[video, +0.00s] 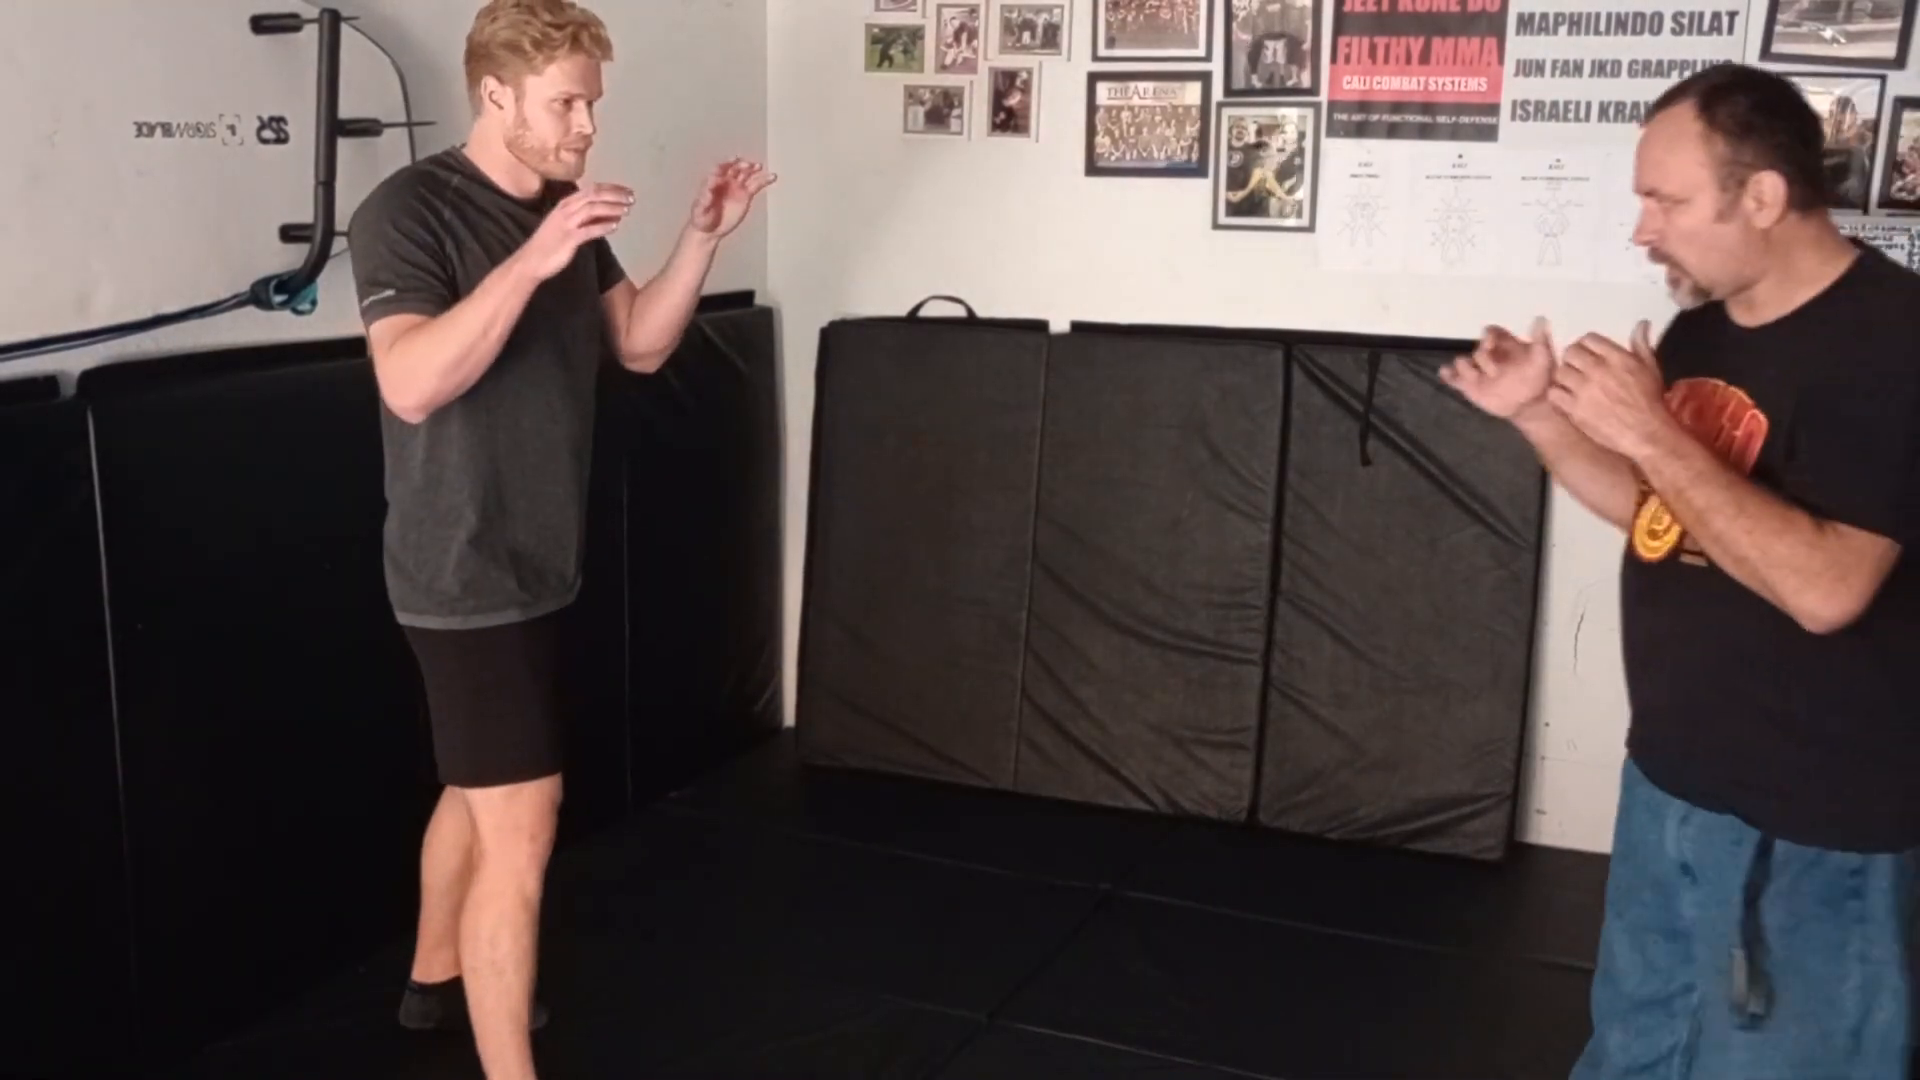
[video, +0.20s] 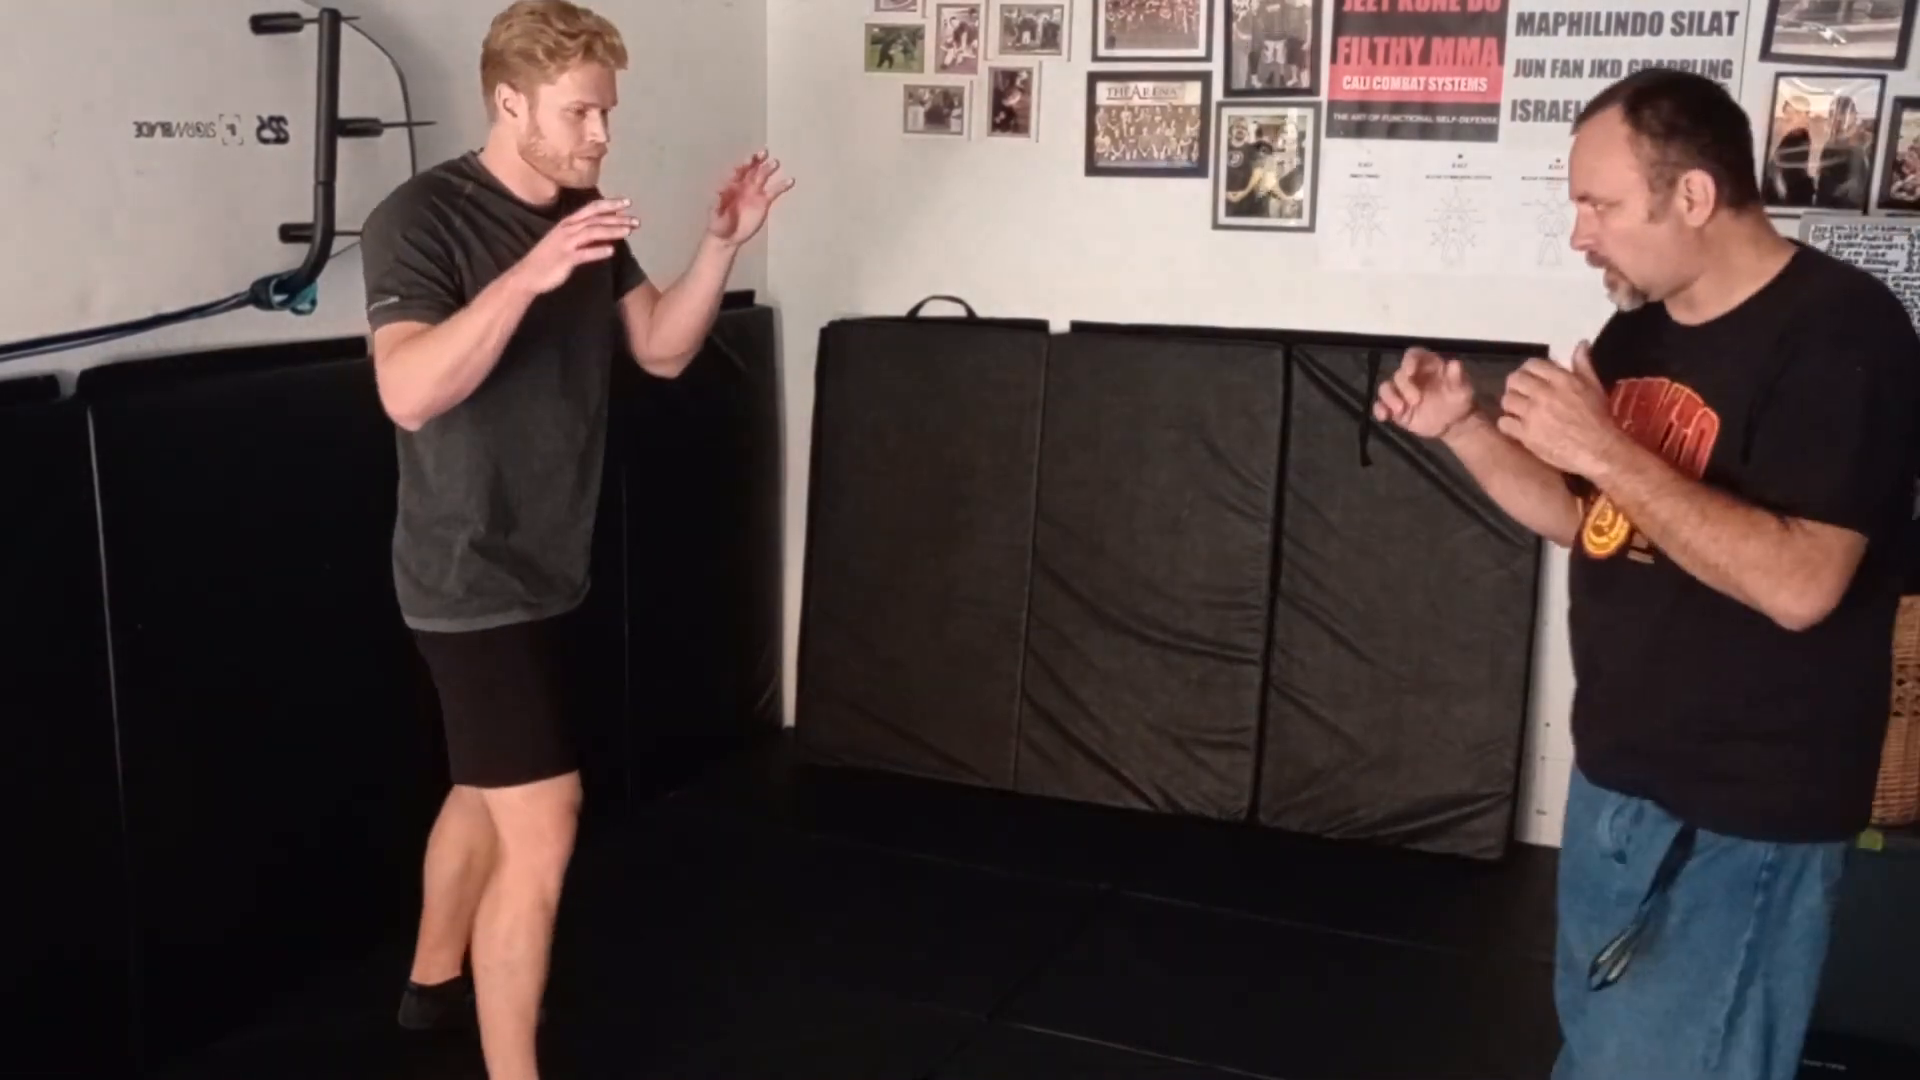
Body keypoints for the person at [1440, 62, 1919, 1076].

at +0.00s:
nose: (1643, 230)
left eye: (1664, 201)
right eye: (1644, 200)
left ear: (1763, 200)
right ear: (1752, 202)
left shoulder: (1895, 337)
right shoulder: (1700, 329)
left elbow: (1829, 588)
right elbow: (1655, 510)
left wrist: (1652, 434)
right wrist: (1539, 415)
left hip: (1842, 831)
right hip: (1673, 792)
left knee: (1819, 1065)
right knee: (1636, 1056)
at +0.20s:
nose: (1579, 234)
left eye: (1599, 206)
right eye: (1577, 206)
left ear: (1696, 199)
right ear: (1682, 203)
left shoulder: (1853, 332)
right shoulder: (1639, 329)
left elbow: (1802, 584)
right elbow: (1579, 513)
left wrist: (1608, 454)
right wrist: (1463, 427)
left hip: (1753, 825)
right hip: (1614, 792)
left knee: (1688, 1063)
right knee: (1596, 1055)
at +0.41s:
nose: (1582, 254)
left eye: (1601, 223)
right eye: (1584, 221)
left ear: (1696, 223)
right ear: (1689, 226)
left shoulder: (1839, 386)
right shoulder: (1663, 337)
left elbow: (1737, 633)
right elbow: (1610, 545)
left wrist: (1559, 477)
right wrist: (1479, 477)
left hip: (1679, 860)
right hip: (1539, 765)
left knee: (1628, 1065)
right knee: (1376, 921)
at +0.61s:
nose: (1591, 211)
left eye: (1611, 181)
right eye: (1587, 184)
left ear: (1709, 179)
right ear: (1709, 177)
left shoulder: (1789, 339)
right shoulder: (1701, 283)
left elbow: (1589, 522)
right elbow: (1640, 435)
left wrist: (1541, 313)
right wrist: (1523, 416)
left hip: (1576, 794)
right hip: (1484, 627)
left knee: (1509, 1062)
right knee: (1235, 658)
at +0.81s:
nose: (1574, 246)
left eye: (1602, 221)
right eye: (1575, 214)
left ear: (1705, 230)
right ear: (1669, 225)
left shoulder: (1785, 414)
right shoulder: (1625, 342)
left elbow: (1588, 600)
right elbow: (1546, 517)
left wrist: (1523, 388)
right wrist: (1409, 493)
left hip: (1503, 848)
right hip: (1412, 663)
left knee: (1418, 1069)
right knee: (1145, 688)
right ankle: (861, 781)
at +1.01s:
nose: (1554, 212)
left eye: (1582, 183)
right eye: (1552, 182)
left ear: (1690, 189)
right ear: (1671, 189)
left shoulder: (1767, 374)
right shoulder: (1600, 308)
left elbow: (1584, 568)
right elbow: (1533, 493)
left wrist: (1505, 361)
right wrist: (1402, 472)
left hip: (1539, 829)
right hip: (1428, 677)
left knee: (1454, 1063)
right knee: (1175, 772)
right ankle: (931, 850)